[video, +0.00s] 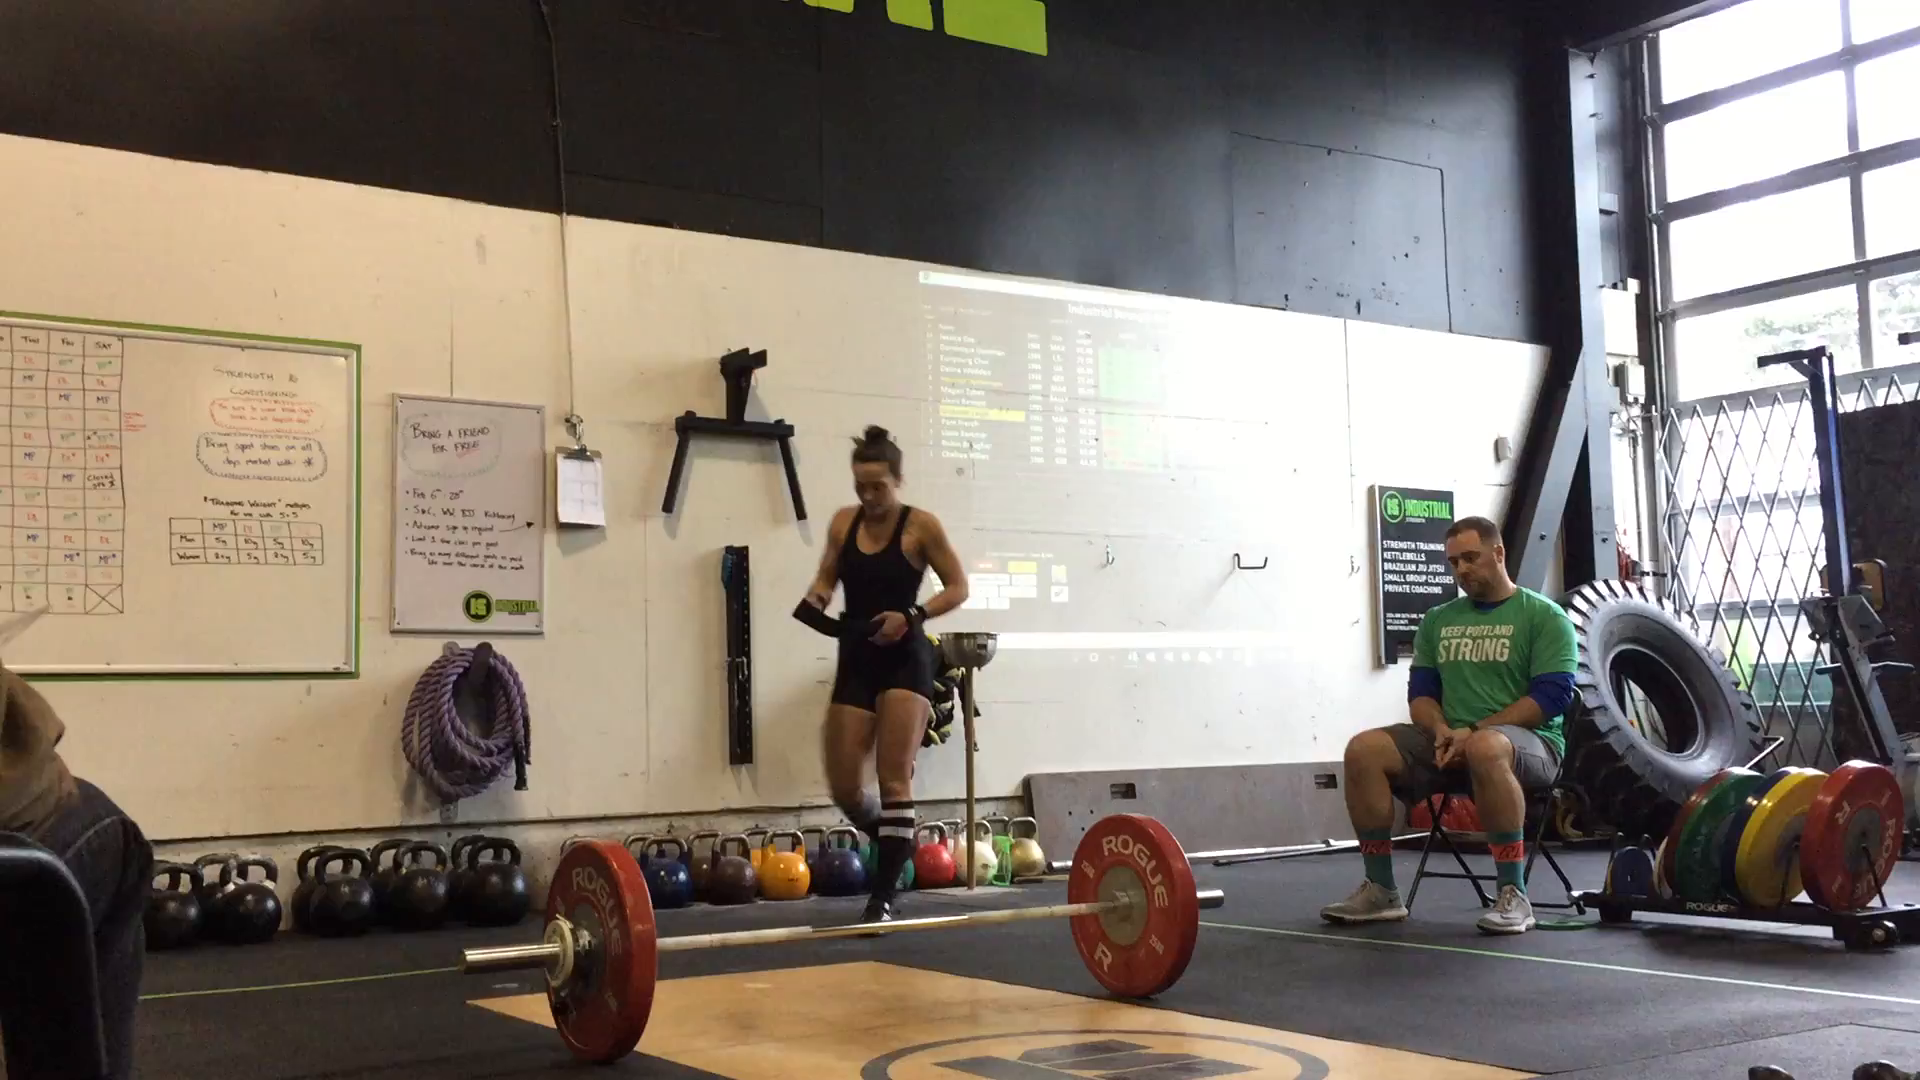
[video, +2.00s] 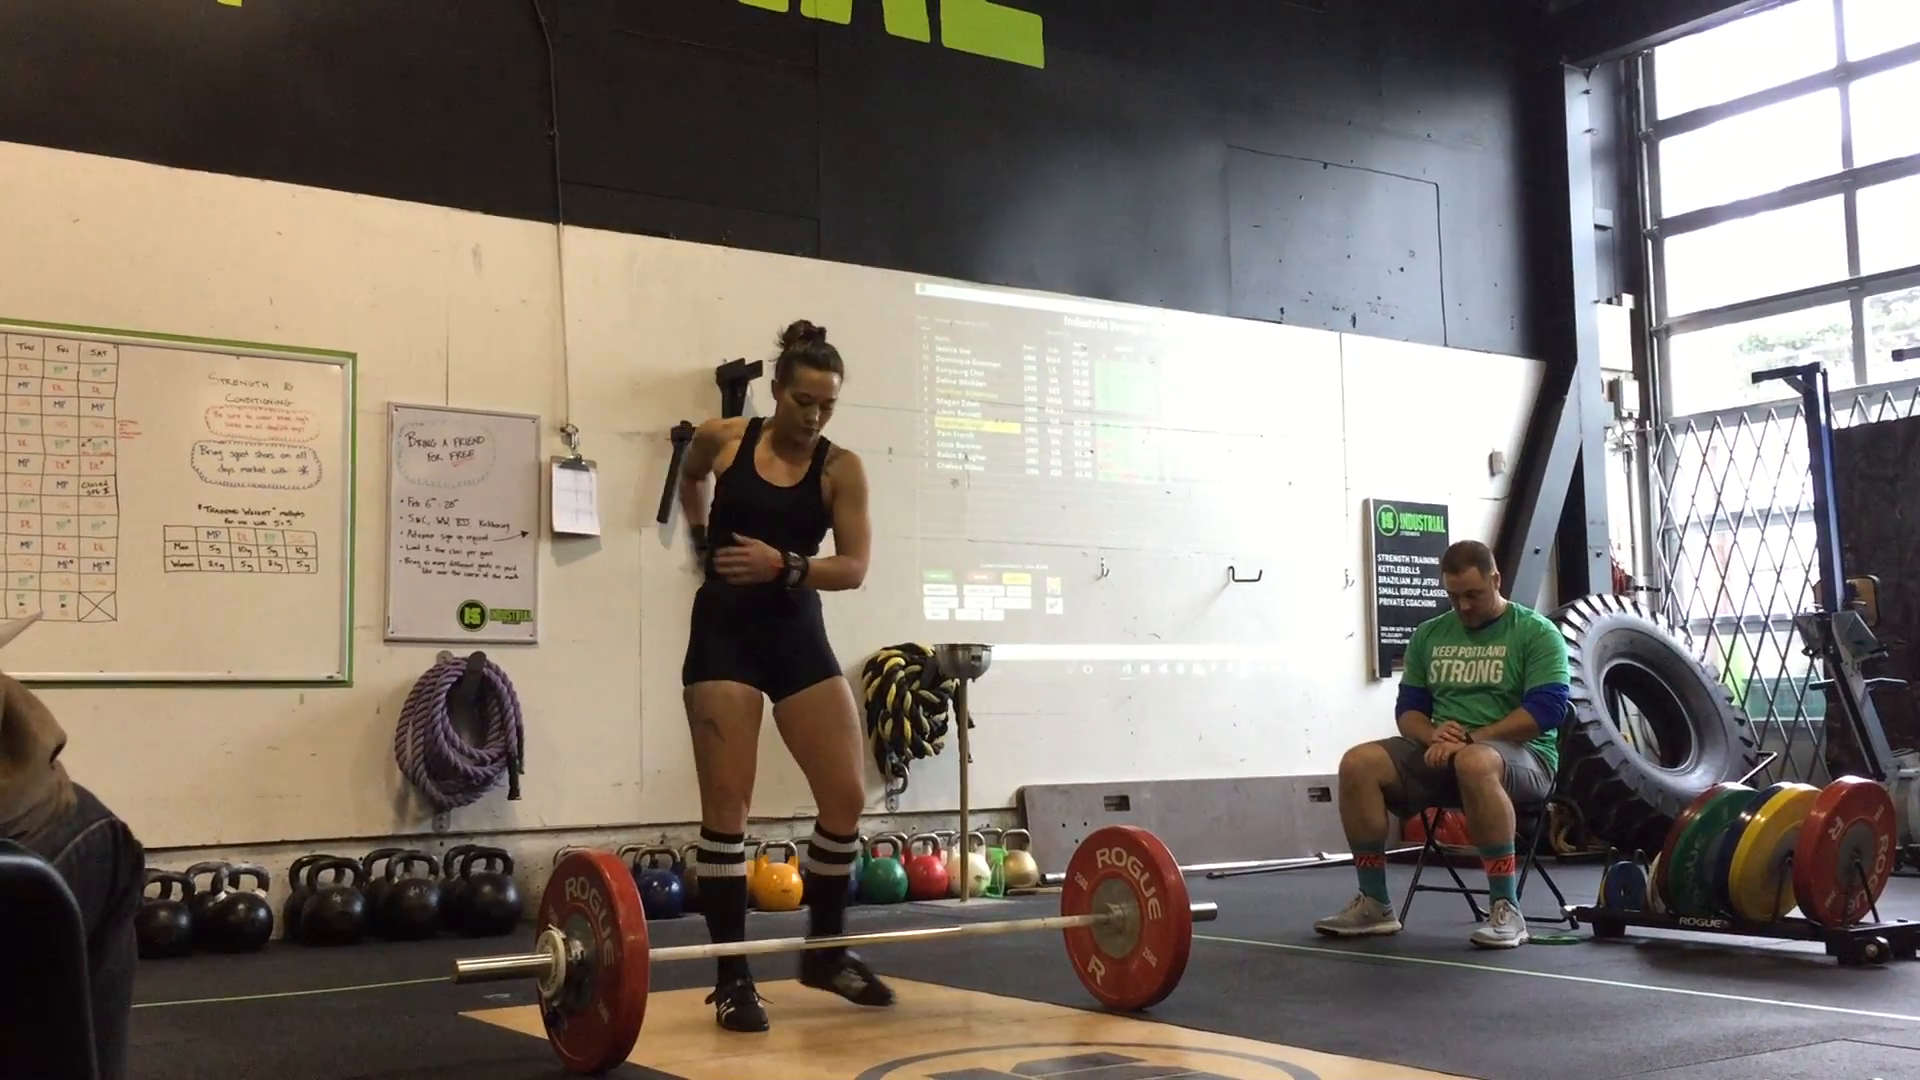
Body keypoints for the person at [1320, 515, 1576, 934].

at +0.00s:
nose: (1461, 570)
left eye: (1470, 558)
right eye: (1454, 562)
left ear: (1499, 553)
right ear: (1449, 566)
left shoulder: (1545, 617)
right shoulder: (1437, 621)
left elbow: (1553, 696)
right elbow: (1421, 696)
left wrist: (1477, 731)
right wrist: (1439, 727)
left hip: (1528, 743)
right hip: (1450, 743)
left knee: (1486, 747)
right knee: (1363, 750)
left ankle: (1512, 896)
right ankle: (1381, 891)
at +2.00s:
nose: (1463, 606)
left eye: (1472, 595)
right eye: (1454, 596)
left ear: (1497, 580)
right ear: (1444, 588)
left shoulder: (1536, 632)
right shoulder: (1427, 635)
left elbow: (1548, 708)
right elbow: (1409, 710)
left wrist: (1469, 740)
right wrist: (1431, 735)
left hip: (1522, 757)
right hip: (1441, 757)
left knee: (1475, 763)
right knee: (1357, 764)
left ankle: (1504, 911)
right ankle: (1374, 904)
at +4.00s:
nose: (1484, 593)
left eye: (1493, 581)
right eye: (1475, 583)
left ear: (1518, 565)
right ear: (1465, 573)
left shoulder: (1559, 616)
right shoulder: (1450, 620)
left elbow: (1571, 692)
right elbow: (1431, 695)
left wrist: (1491, 727)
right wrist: (1453, 719)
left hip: (1544, 740)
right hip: (1462, 739)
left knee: (1496, 747)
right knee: (1379, 748)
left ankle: (1527, 895)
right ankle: (1395, 888)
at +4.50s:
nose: (1491, 587)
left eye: (1500, 575)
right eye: (1482, 577)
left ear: (1525, 560)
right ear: (1472, 569)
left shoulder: (1566, 611)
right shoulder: (1456, 616)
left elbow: (1577, 687)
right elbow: (1438, 692)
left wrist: (1498, 724)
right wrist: (1460, 715)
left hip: (1552, 735)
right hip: (1470, 735)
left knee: (1503, 743)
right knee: (1385, 744)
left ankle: (1534, 891)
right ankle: (1402, 885)